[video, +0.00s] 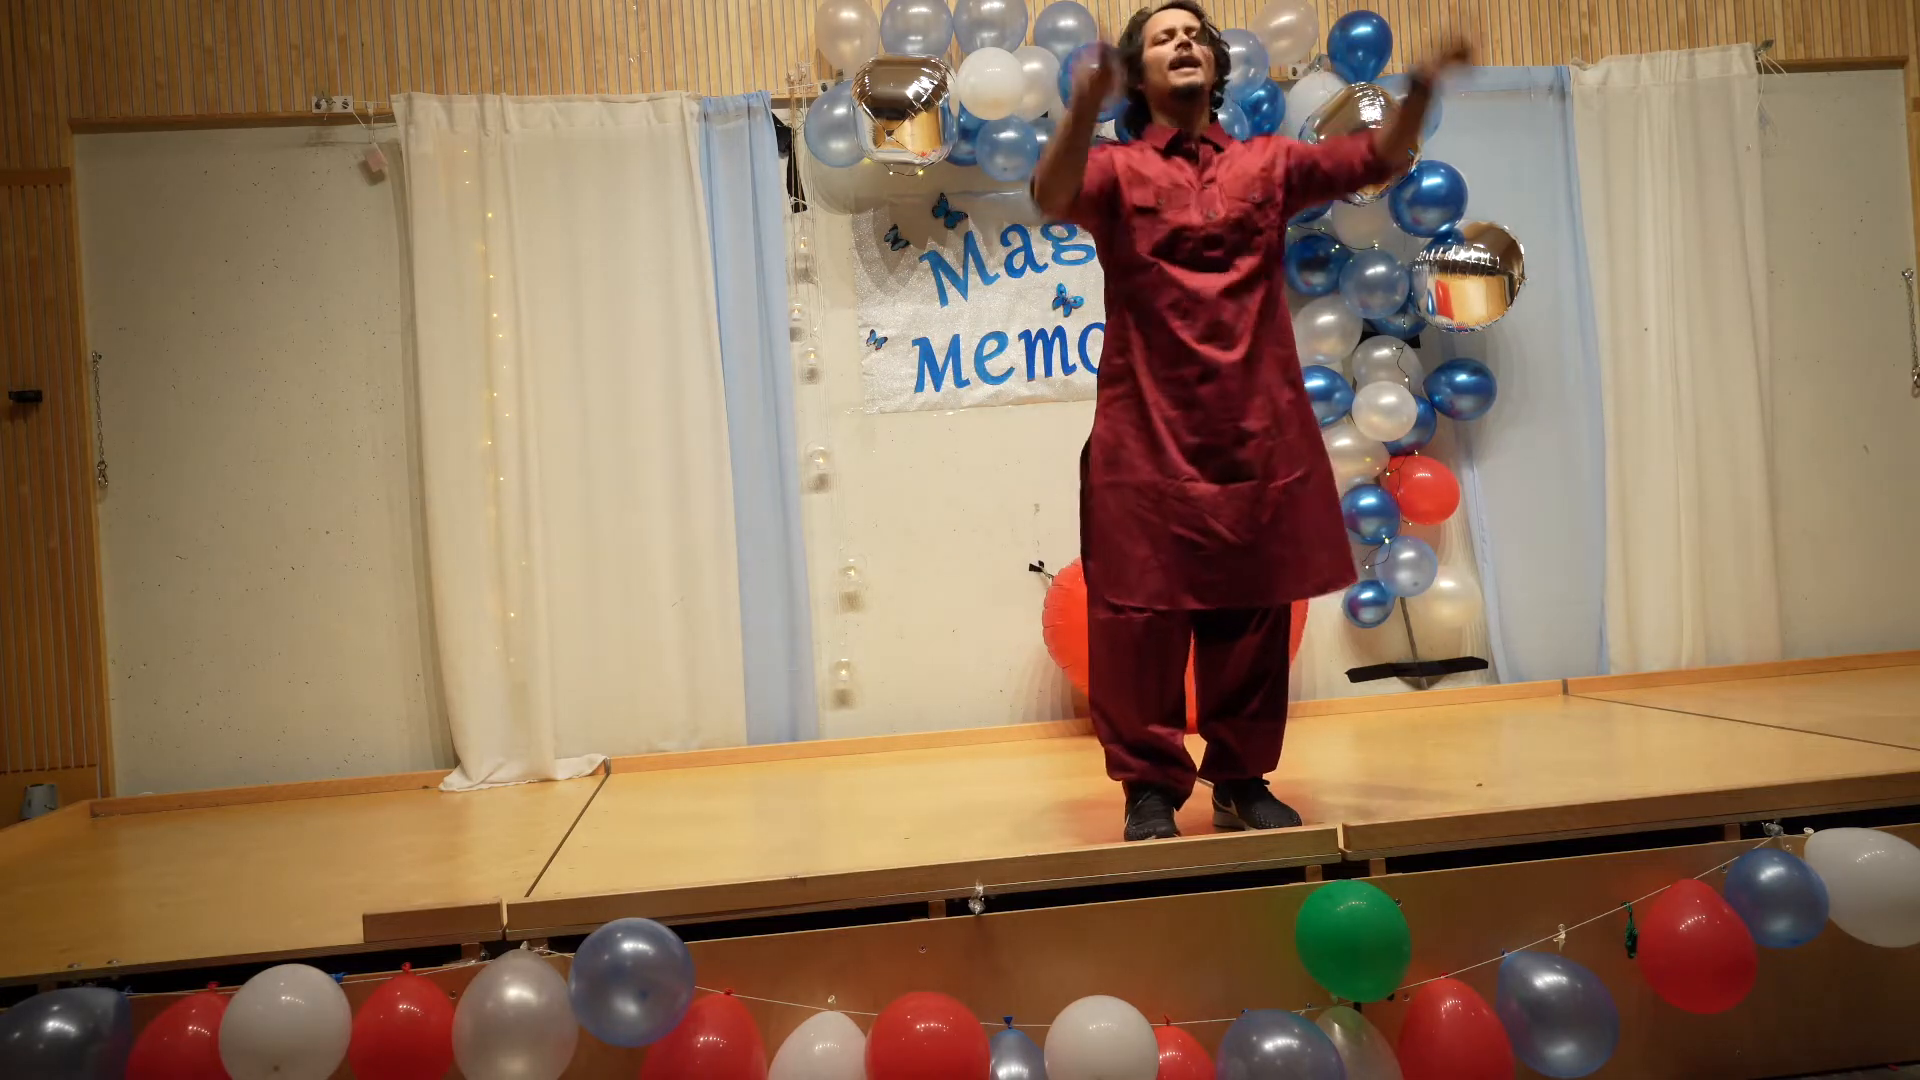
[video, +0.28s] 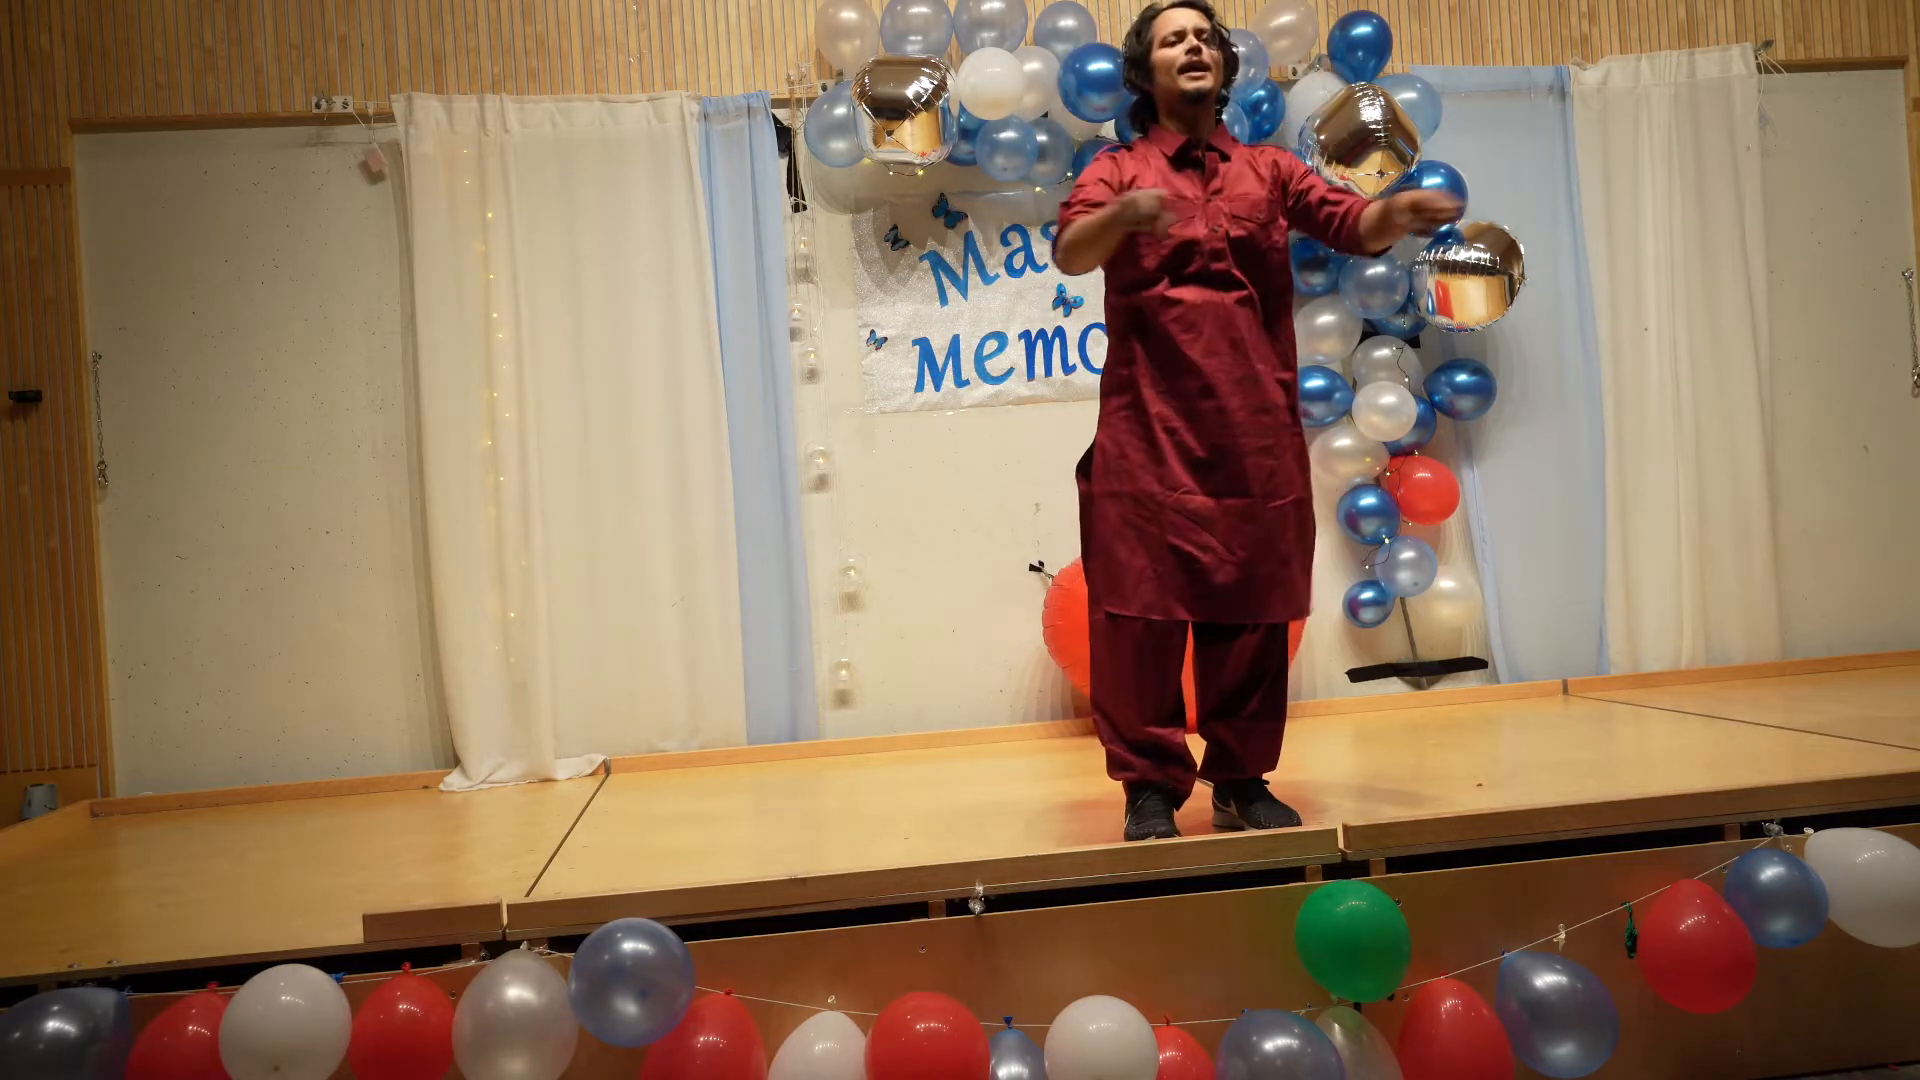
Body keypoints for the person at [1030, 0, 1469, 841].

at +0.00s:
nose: (1184, 45)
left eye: (1197, 36)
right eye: (1163, 38)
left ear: (1218, 67)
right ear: (1135, 73)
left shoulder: (1265, 159)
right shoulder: (1113, 164)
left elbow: (1380, 158)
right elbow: (1051, 195)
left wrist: (1422, 87)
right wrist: (1084, 104)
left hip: (1253, 422)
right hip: (1147, 423)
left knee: (1253, 612)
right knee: (1141, 613)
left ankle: (1243, 784)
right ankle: (1150, 791)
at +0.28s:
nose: (1194, 48)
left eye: (1206, 38)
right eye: (1173, 40)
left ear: (1226, 66)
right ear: (1143, 72)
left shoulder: (1268, 164)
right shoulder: (1118, 166)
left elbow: (1355, 228)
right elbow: (1070, 254)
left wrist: (1396, 209)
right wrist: (1122, 216)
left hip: (1254, 427)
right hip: (1148, 427)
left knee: (1250, 612)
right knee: (1140, 612)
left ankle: (1243, 784)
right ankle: (1149, 790)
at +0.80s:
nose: (1198, 51)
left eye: (1210, 41)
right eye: (1177, 43)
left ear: (1231, 69)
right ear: (1146, 76)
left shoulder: (1268, 162)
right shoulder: (1119, 170)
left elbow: (1332, 241)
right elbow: (1110, 258)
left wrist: (1308, 211)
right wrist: (1197, 214)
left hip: (1257, 423)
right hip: (1153, 424)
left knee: (1252, 605)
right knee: (1142, 607)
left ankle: (1242, 785)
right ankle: (1150, 791)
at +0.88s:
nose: (1197, 52)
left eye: (1210, 42)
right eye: (1177, 43)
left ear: (1231, 69)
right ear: (1146, 76)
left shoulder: (1269, 163)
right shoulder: (1119, 172)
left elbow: (1333, 243)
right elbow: (1110, 261)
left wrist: (1303, 213)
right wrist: (1197, 217)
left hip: (1257, 423)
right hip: (1153, 425)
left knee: (1252, 605)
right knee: (1142, 608)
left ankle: (1242, 784)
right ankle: (1150, 791)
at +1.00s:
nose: (1197, 53)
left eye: (1210, 43)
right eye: (1177, 45)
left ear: (1231, 71)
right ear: (1146, 77)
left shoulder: (1269, 164)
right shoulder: (1119, 173)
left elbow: (1328, 251)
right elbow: (1112, 265)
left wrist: (1305, 223)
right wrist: (1204, 225)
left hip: (1257, 424)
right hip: (1152, 426)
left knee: (1252, 607)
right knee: (1142, 609)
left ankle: (1241, 784)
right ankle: (1150, 790)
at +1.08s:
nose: (1197, 54)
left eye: (1209, 44)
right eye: (1177, 45)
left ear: (1231, 71)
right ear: (1146, 78)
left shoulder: (1270, 167)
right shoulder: (1119, 176)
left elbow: (1324, 257)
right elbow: (1115, 272)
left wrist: (1313, 240)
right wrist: (1204, 234)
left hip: (1256, 426)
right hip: (1152, 427)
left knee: (1251, 608)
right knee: (1142, 609)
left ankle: (1241, 784)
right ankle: (1150, 790)